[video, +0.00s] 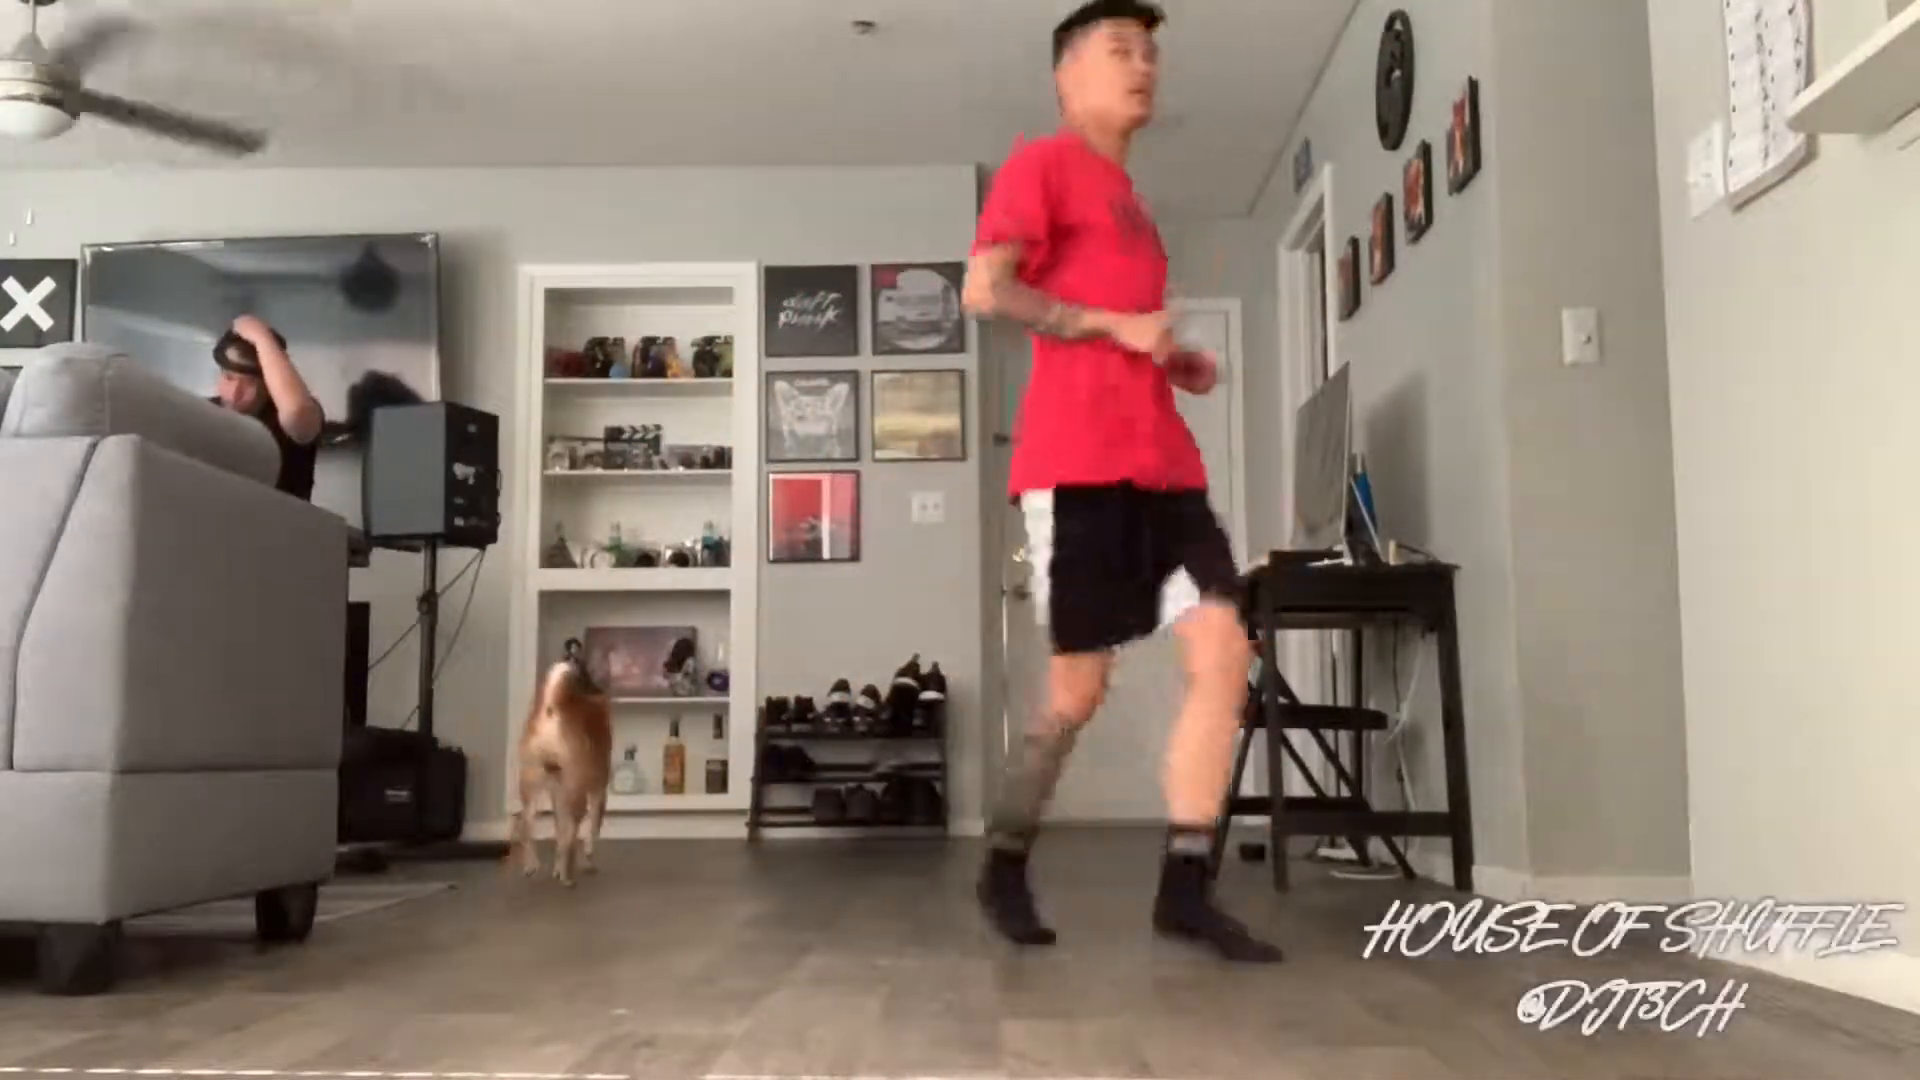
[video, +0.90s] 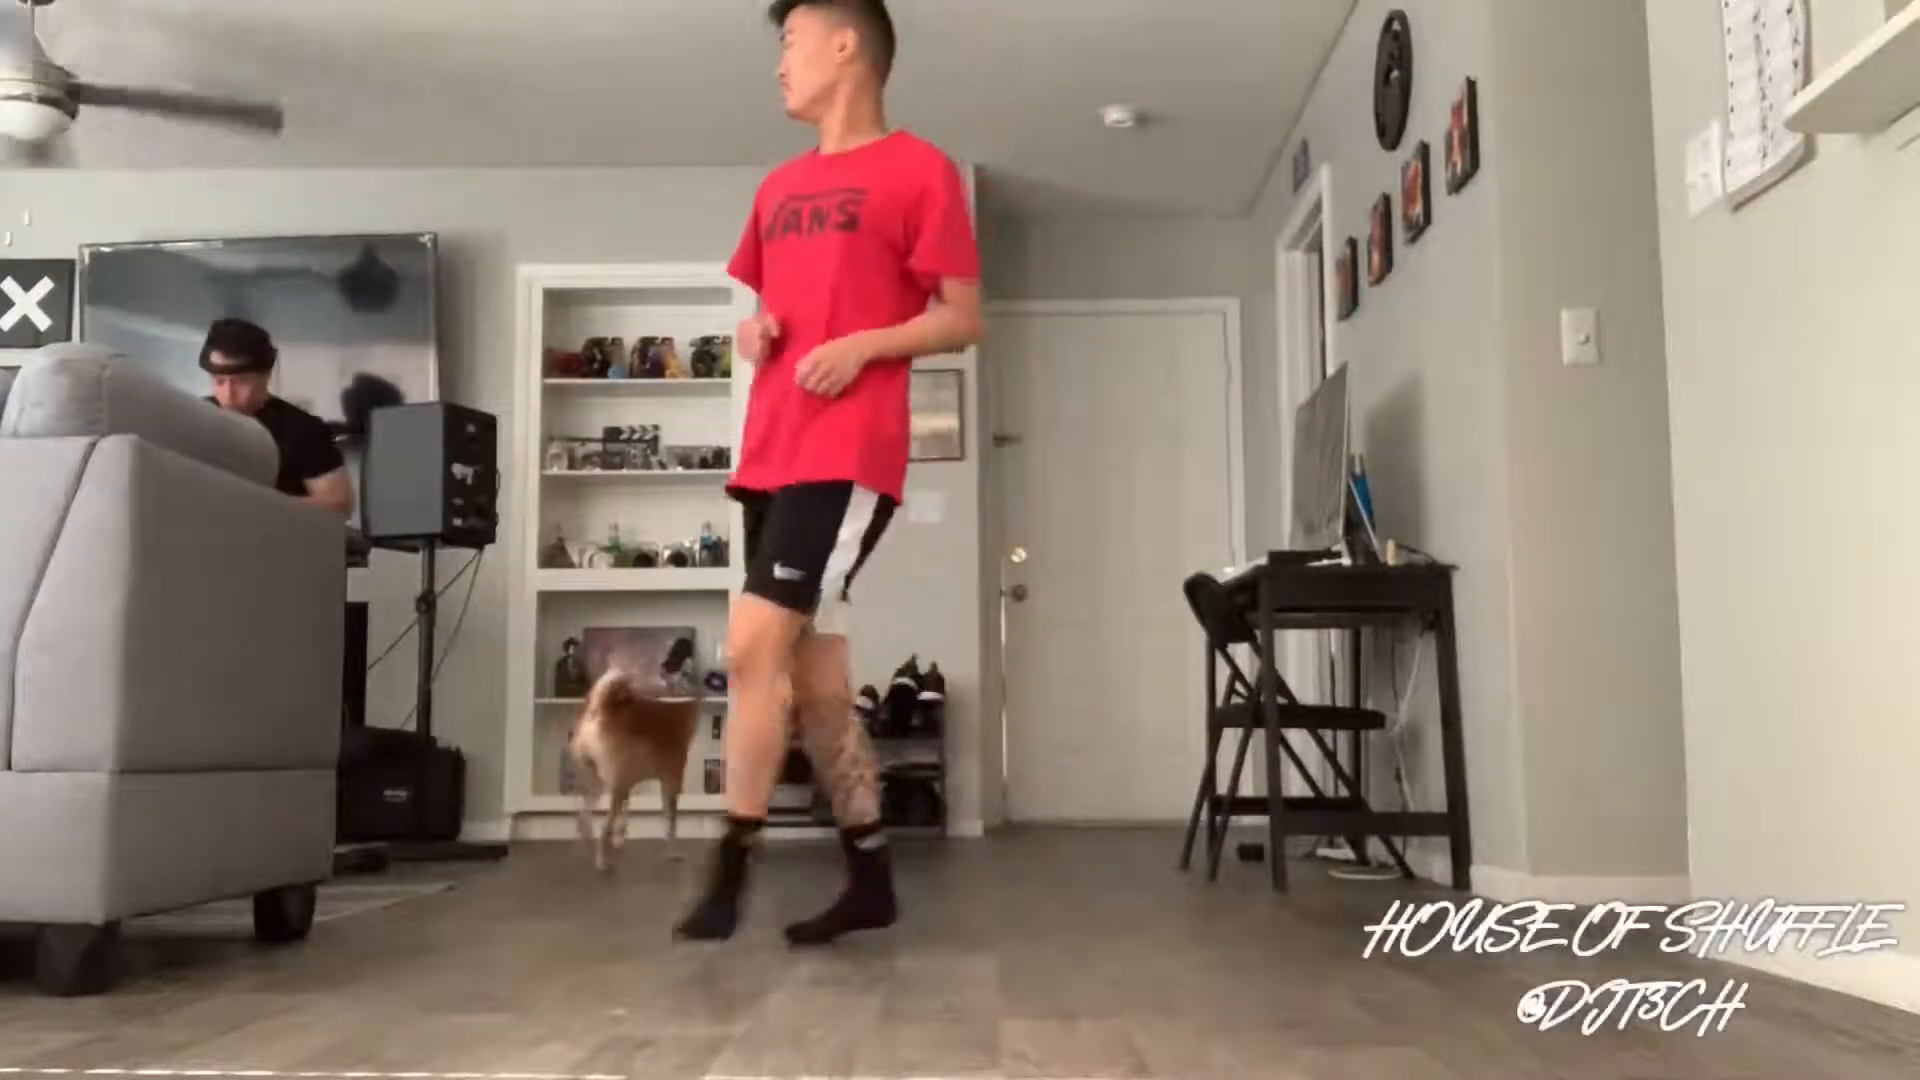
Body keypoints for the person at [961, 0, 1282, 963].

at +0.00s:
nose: (1143, 66)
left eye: (1150, 53)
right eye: (1122, 50)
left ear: (1153, 82)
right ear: (1067, 71)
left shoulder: (1126, 198)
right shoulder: (1042, 162)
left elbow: (1105, 317)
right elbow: (987, 287)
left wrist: (1169, 362)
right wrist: (1111, 323)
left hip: (1159, 465)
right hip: (1078, 466)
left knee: (1224, 657)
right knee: (1077, 685)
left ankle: (1185, 893)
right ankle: (1005, 866)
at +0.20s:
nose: (1068, 26)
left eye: (1081, 13)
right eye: (1045, 16)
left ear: (1103, 45)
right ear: (1009, 51)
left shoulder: (1133, 183)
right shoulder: (973, 146)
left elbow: (1130, 329)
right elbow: (905, 276)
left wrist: (1132, 287)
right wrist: (984, 319)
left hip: (1091, 429)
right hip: (991, 427)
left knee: (1085, 650)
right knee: (1024, 642)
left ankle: (1074, 890)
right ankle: (1014, 796)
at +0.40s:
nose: (934, 25)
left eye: (958, 11)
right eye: (926, 15)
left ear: (1008, 40)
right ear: (916, 46)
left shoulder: (1061, 160)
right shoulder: (890, 169)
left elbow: (1090, 299)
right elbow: (876, 308)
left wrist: (1007, 261)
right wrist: (869, 353)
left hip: (1019, 438)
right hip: (915, 430)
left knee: (1025, 658)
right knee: (907, 621)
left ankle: (1045, 881)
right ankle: (919, 823)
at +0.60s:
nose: (840, 49)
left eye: (857, 28)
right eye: (838, 34)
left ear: (919, 38)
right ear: (860, 54)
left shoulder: (992, 161)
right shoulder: (838, 182)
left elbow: (1021, 304)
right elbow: (841, 320)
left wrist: (918, 333)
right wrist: (815, 362)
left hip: (935, 453)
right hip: (838, 455)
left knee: (928, 665)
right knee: (838, 673)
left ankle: (1023, 847)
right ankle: (831, 896)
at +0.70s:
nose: (810, 62)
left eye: (828, 38)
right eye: (812, 44)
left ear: (892, 49)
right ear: (856, 63)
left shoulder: (961, 172)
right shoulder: (812, 192)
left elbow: (1011, 314)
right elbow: (815, 310)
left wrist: (901, 341)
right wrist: (787, 320)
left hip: (909, 441)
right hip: (813, 443)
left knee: (840, 647)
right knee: (818, 673)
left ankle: (961, 782)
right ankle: (828, 888)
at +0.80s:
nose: (787, 67)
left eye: (803, 46)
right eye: (790, 50)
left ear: (861, 55)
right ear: (848, 61)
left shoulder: (935, 176)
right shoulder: (795, 195)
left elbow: (990, 319)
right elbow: (774, 320)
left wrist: (888, 353)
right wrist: (763, 321)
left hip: (875, 458)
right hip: (794, 460)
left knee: (763, 628)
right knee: (803, 666)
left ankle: (874, 789)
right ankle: (832, 860)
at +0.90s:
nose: (778, 64)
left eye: (791, 43)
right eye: (780, 46)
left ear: (846, 50)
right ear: (835, 54)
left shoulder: (921, 170)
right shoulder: (779, 186)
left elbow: (964, 318)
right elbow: (763, 310)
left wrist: (864, 344)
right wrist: (753, 328)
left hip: (851, 447)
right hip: (772, 448)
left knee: (752, 651)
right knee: (816, 679)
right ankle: (871, 880)